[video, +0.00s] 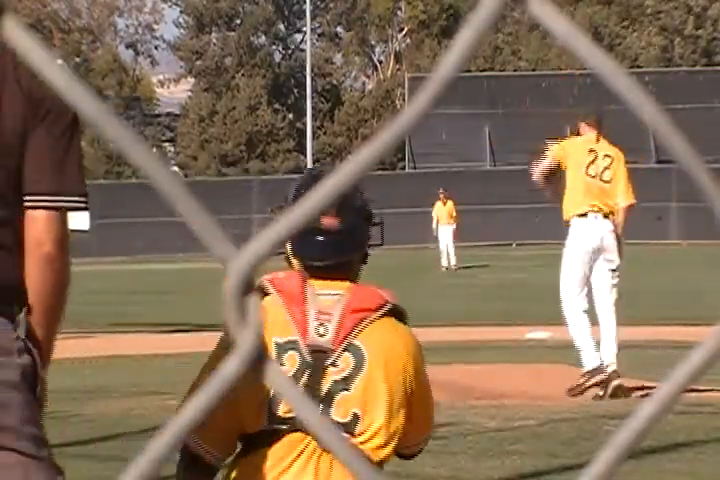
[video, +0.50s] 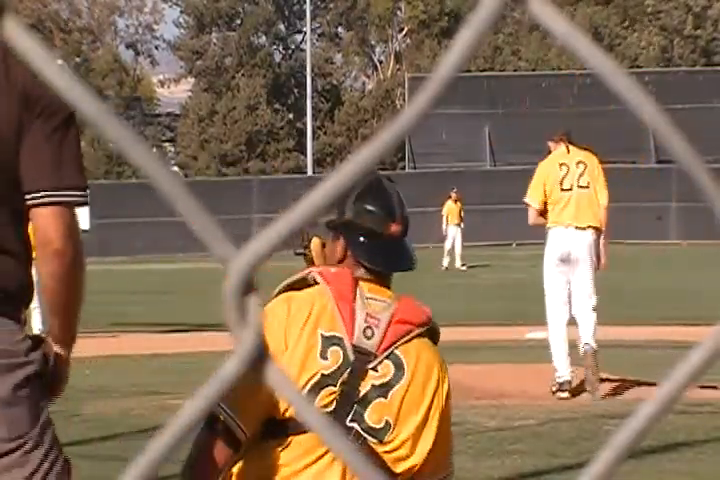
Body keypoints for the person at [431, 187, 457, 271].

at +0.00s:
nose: (441, 196)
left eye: (442, 194)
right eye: (440, 194)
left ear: (445, 194)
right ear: (438, 195)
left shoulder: (450, 203)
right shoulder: (437, 204)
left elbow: (454, 214)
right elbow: (435, 216)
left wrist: (454, 223)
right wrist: (434, 227)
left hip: (450, 225)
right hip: (441, 225)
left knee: (450, 244)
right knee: (442, 245)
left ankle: (453, 263)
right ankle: (444, 263)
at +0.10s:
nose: (444, 196)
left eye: (445, 193)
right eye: (443, 194)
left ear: (448, 194)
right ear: (441, 195)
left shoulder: (451, 203)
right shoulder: (438, 204)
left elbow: (455, 214)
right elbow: (436, 216)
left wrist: (455, 223)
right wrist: (436, 226)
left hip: (451, 225)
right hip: (442, 225)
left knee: (453, 244)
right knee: (443, 245)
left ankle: (458, 262)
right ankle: (444, 263)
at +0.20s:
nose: (446, 196)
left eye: (447, 193)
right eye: (445, 194)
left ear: (449, 195)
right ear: (442, 195)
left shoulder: (453, 203)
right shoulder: (440, 204)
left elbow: (456, 214)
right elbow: (437, 216)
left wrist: (457, 223)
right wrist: (438, 225)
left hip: (452, 225)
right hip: (443, 226)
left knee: (455, 244)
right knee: (444, 245)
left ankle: (460, 262)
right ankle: (444, 263)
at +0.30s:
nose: (448, 195)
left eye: (450, 193)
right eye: (447, 193)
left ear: (452, 194)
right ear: (444, 194)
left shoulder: (455, 204)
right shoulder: (442, 204)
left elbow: (458, 214)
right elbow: (439, 215)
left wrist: (458, 223)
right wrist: (440, 225)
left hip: (453, 226)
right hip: (445, 226)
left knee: (456, 245)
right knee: (444, 246)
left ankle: (461, 263)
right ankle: (445, 263)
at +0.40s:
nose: (451, 195)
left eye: (453, 193)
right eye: (450, 193)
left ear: (454, 195)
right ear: (447, 194)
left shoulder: (457, 203)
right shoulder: (445, 204)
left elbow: (459, 213)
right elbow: (441, 215)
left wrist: (460, 222)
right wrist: (441, 226)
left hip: (455, 225)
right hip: (447, 225)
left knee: (457, 245)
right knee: (446, 246)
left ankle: (458, 263)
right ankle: (445, 263)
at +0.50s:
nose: (455, 195)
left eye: (456, 193)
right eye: (453, 193)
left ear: (457, 194)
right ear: (450, 194)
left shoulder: (459, 204)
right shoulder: (448, 204)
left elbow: (461, 213)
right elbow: (444, 215)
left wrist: (462, 221)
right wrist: (444, 226)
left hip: (458, 225)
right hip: (451, 225)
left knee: (458, 245)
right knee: (449, 244)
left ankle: (458, 262)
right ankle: (445, 262)